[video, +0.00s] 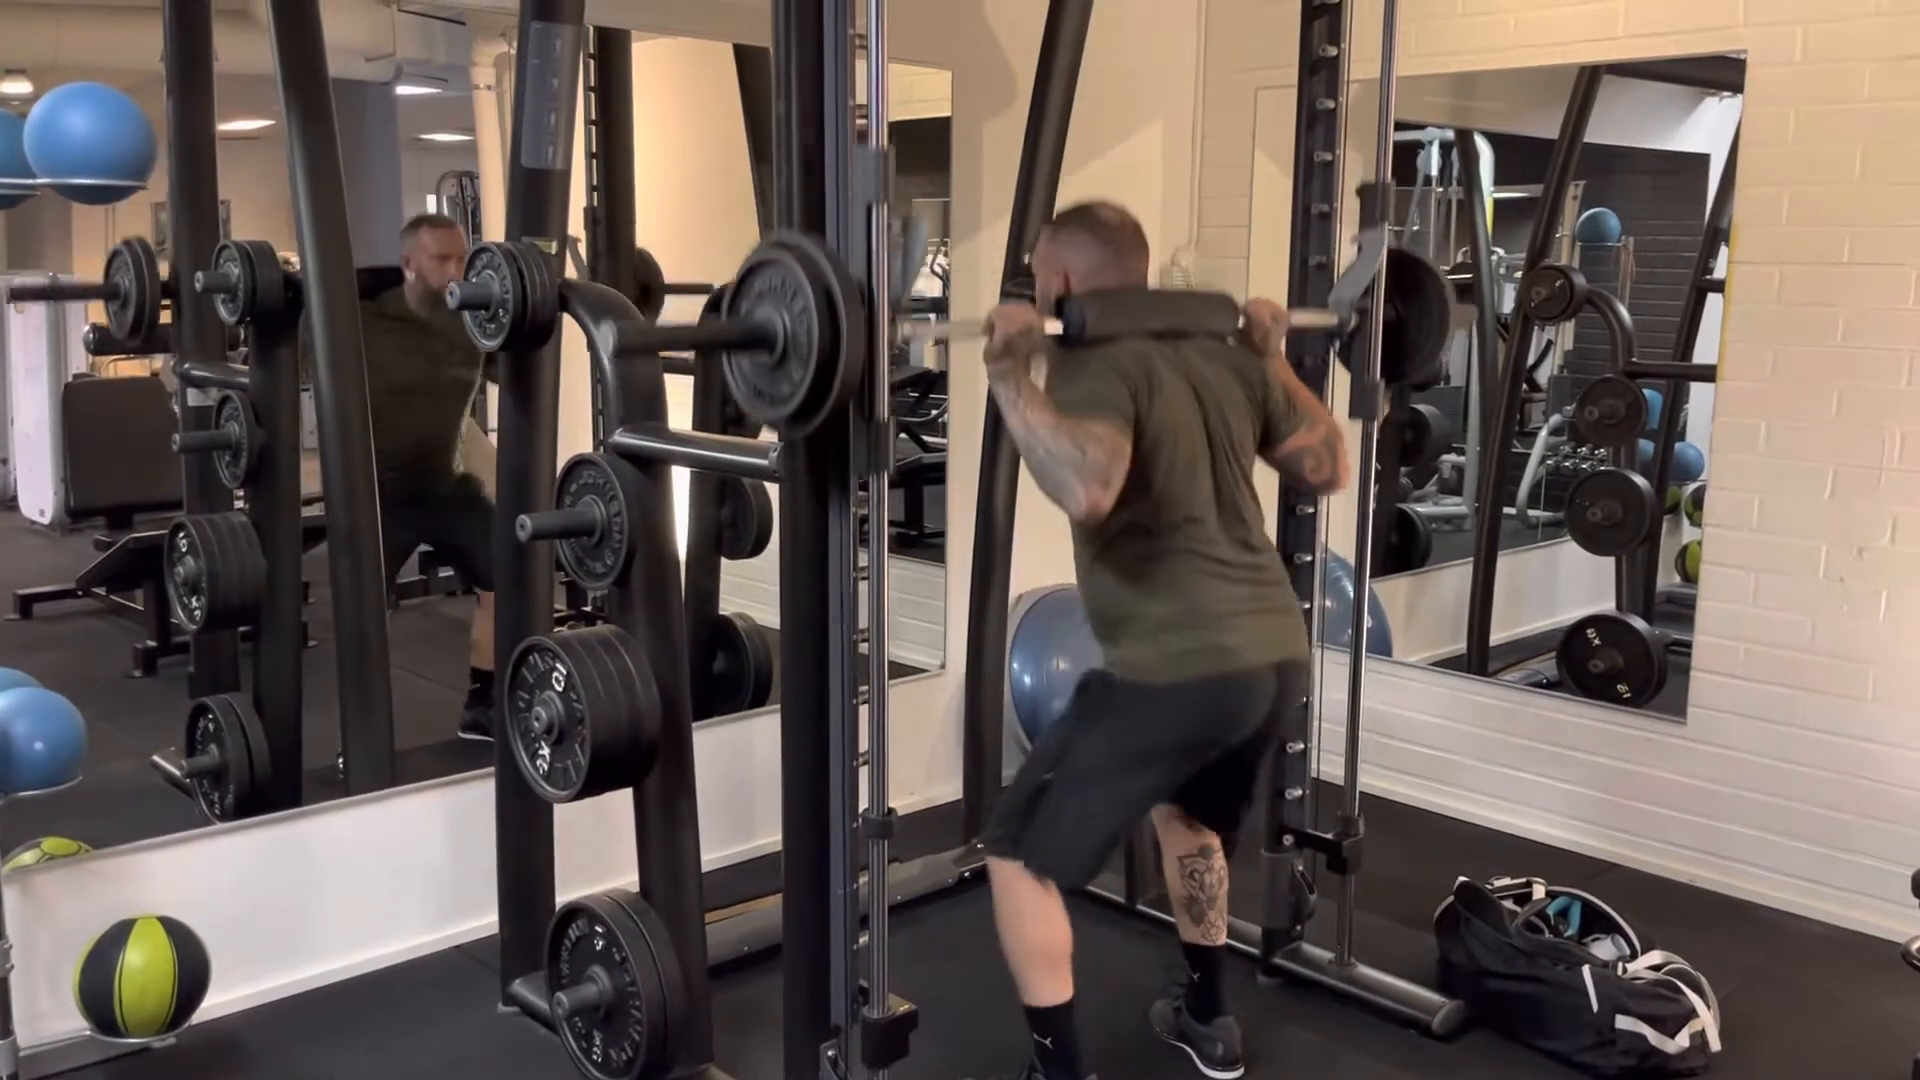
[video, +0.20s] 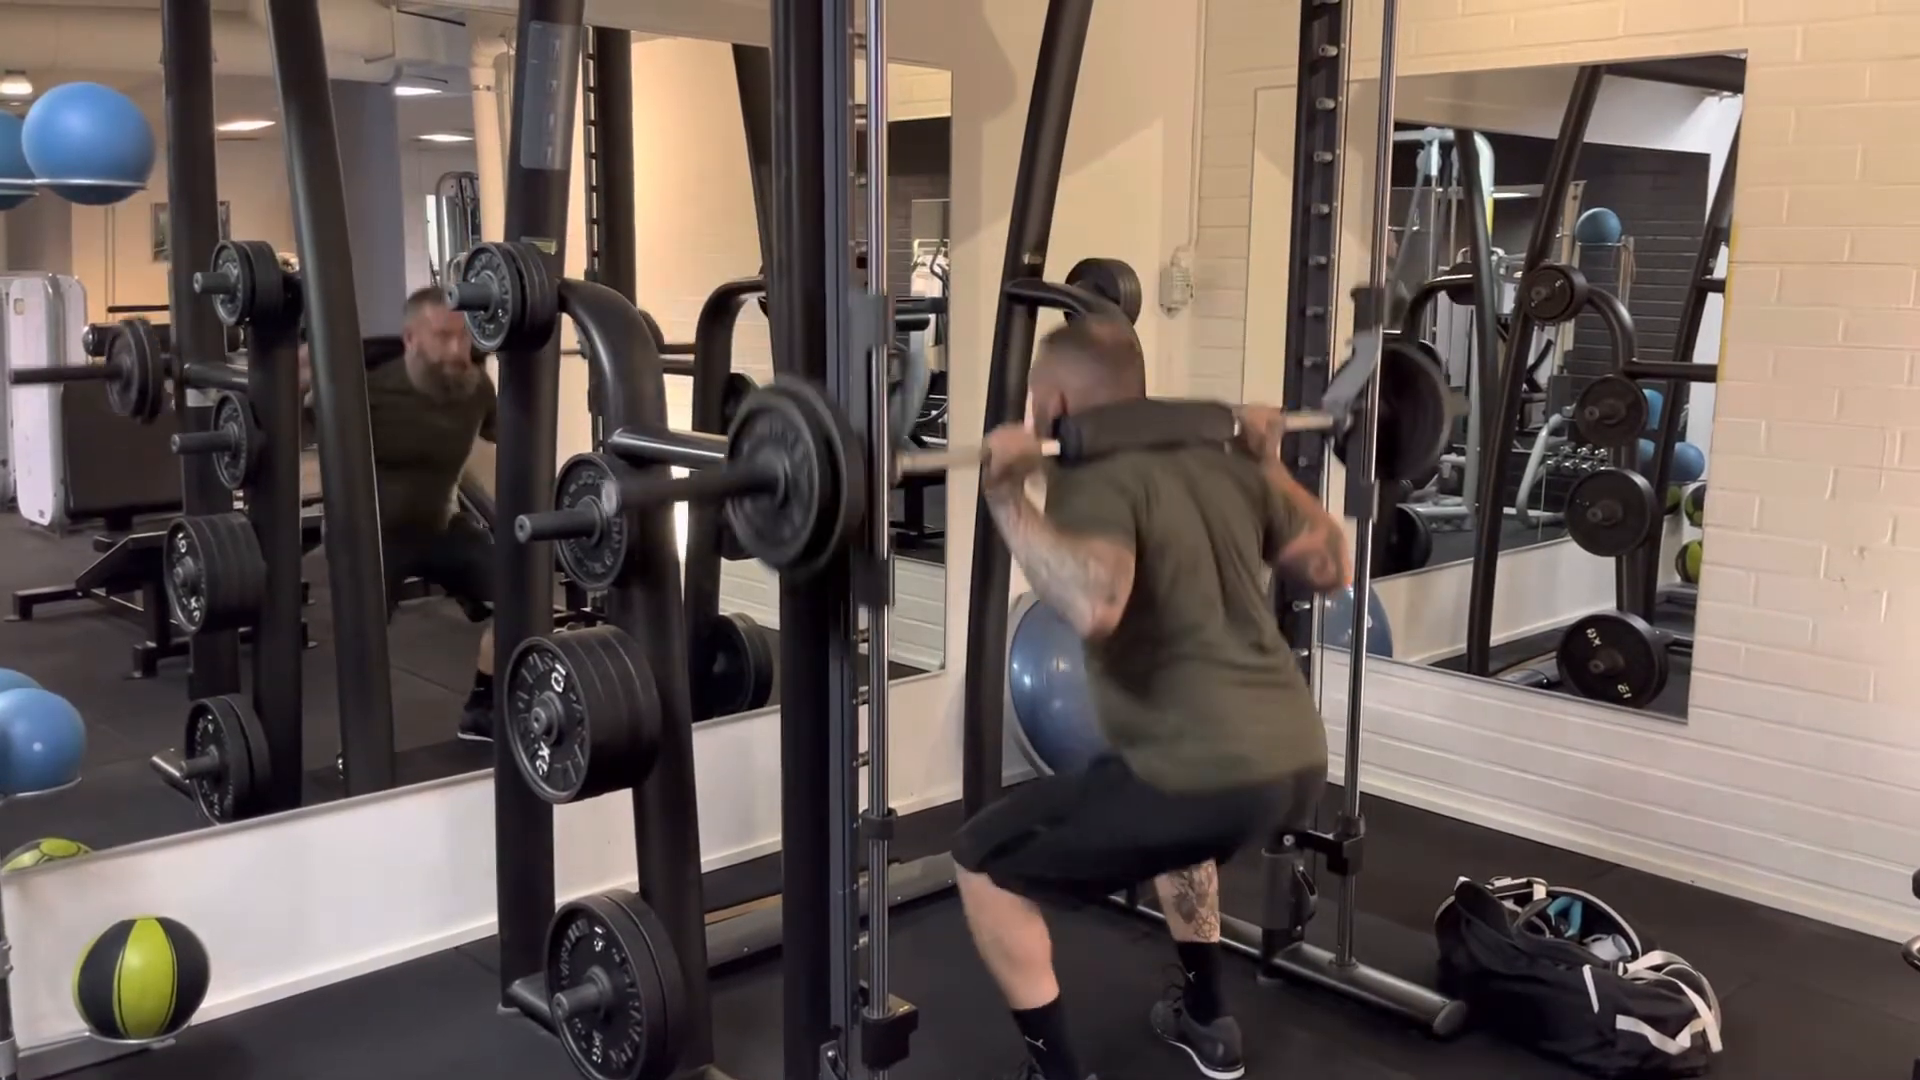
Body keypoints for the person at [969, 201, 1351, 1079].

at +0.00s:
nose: (1040, 300)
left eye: (1045, 284)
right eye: (1040, 284)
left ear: (1071, 280)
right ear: (1140, 271)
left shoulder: (1101, 361)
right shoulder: (1228, 351)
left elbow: (1087, 484)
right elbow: (1324, 464)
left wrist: (1011, 376)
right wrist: (1275, 356)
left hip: (1173, 674)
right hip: (1271, 664)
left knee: (1019, 850)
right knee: (1187, 810)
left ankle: (1058, 1067)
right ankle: (1210, 1022)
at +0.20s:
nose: (1036, 413)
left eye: (1038, 397)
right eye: (1035, 399)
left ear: (1059, 401)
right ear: (1133, 388)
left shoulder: (1099, 473)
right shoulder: (1227, 464)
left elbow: (1094, 603)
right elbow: (1331, 562)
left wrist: (1004, 493)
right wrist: (1270, 460)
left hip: (1194, 783)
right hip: (1292, 770)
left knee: (984, 858)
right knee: (1171, 818)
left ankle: (1057, 1065)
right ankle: (1209, 1019)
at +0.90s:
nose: (1032, 557)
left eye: (1033, 541)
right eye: (1032, 540)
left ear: (1056, 551)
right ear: (1133, 538)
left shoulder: (1095, 626)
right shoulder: (1221, 606)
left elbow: (1087, 767)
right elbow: (1328, 705)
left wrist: (1003, 655)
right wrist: (1263, 601)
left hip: (1211, 928)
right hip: (1309, 911)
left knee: (974, 861)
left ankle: (1050, 1067)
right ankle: (1204, 1027)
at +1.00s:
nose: (1034, 524)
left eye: (1035, 508)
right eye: (1033, 507)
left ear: (1058, 515)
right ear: (1132, 503)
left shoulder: (1094, 591)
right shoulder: (1222, 575)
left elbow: (1091, 729)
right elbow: (1329, 674)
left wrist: (1004, 621)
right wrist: (1265, 568)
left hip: (1209, 892)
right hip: (1309, 876)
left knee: (977, 863)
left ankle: (1050, 1067)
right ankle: (1203, 1021)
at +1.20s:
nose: (1035, 433)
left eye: (1037, 419)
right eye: (1034, 419)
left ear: (1057, 427)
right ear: (1136, 414)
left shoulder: (1094, 506)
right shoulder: (1224, 496)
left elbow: (1085, 636)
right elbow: (1325, 597)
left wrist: (1001, 525)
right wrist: (1265, 491)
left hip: (1200, 807)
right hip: (1300, 791)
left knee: (986, 862)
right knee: (1150, 811)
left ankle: (1051, 1066)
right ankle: (1203, 1022)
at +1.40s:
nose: (1037, 330)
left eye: (1041, 314)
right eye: (1039, 314)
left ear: (1064, 315)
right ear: (1138, 310)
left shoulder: (1090, 399)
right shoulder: (1218, 393)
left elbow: (1079, 533)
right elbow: (1320, 504)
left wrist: (1005, 426)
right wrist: (1267, 401)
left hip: (1170, 706)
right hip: (1265, 693)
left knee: (1002, 858)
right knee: (1172, 832)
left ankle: (1052, 1066)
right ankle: (1201, 1022)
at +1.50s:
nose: (1038, 280)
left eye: (1041, 264)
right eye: (1039, 265)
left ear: (1065, 261)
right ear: (1137, 256)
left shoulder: (1089, 352)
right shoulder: (1219, 345)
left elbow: (1075, 481)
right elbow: (1313, 460)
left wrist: (1007, 376)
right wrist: (1267, 353)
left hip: (1152, 660)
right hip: (1254, 649)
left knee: (1020, 855)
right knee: (1177, 819)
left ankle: (1055, 1067)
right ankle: (1201, 1022)